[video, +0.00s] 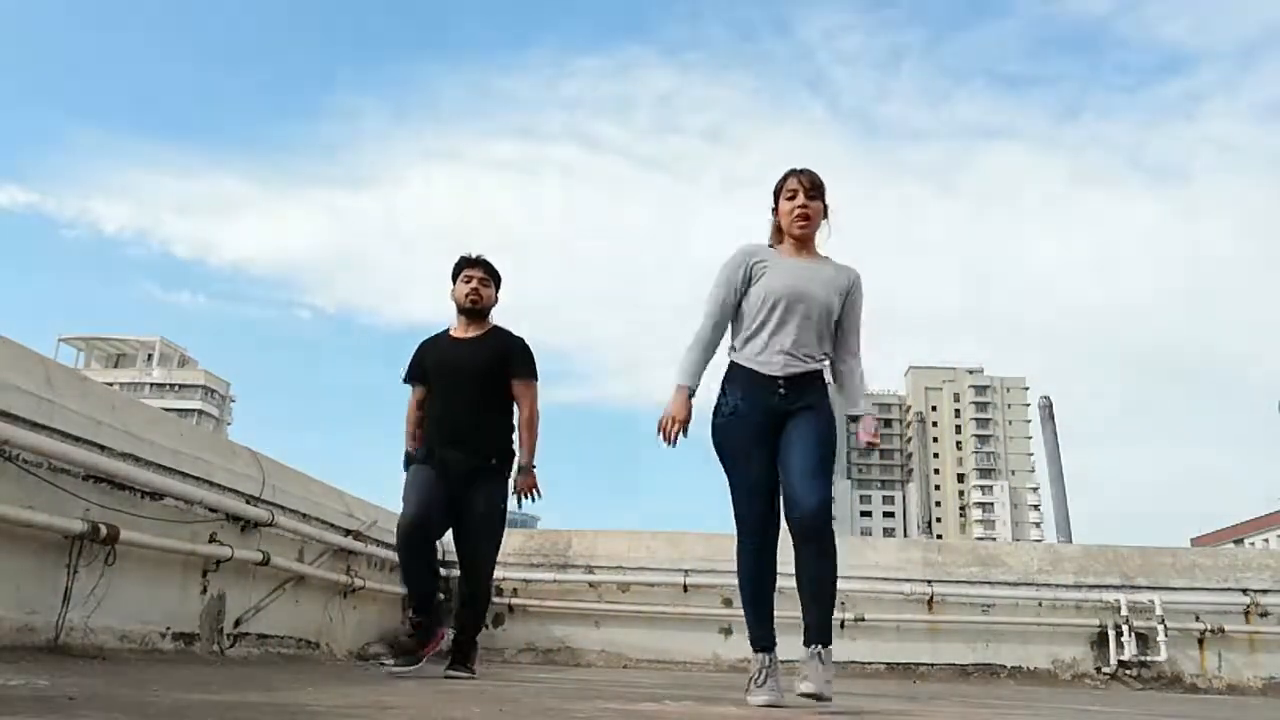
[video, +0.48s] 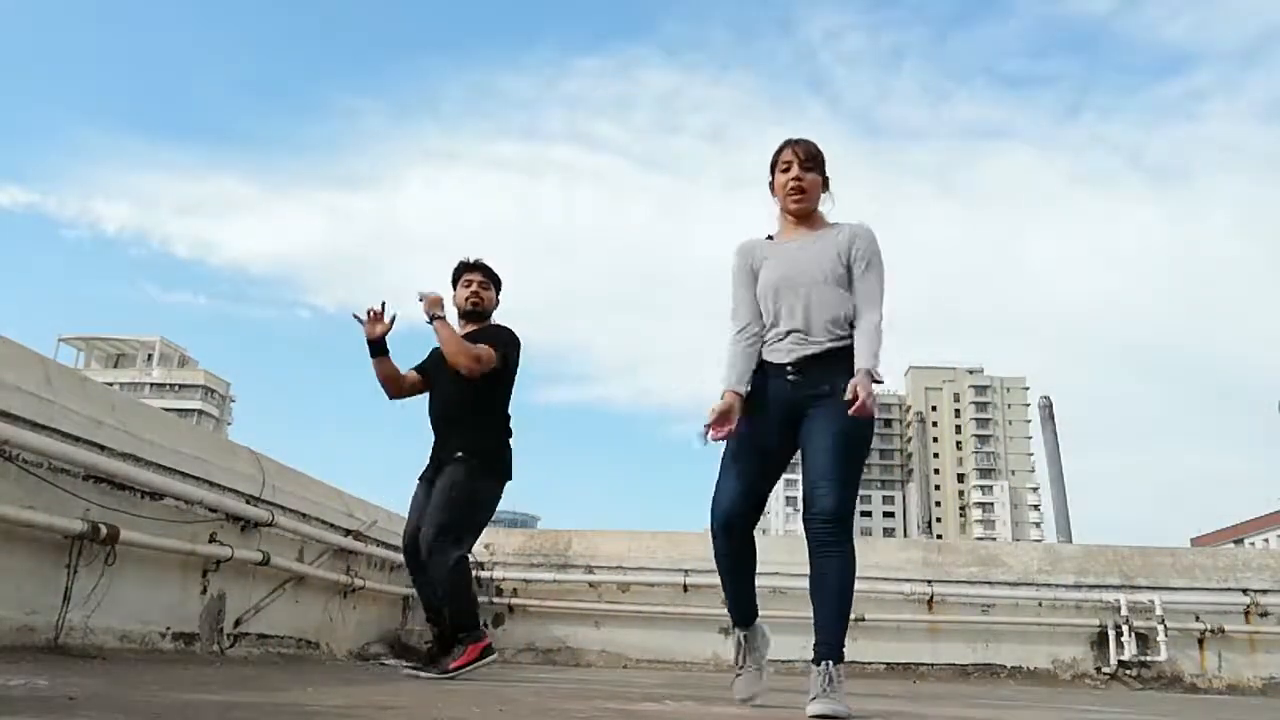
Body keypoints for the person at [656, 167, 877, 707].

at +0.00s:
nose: (802, 203)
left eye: (811, 196)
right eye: (791, 196)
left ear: (824, 210)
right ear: (775, 210)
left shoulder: (844, 278)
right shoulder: (748, 260)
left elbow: (846, 356)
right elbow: (710, 326)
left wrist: (862, 412)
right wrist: (683, 392)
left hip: (810, 402)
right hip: (745, 399)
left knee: (811, 512)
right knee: (756, 529)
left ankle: (818, 653)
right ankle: (763, 661)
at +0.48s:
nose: (796, 176)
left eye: (807, 168)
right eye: (785, 168)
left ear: (824, 183)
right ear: (772, 183)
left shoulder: (854, 239)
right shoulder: (751, 252)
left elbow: (869, 314)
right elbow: (745, 330)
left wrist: (864, 372)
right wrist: (733, 391)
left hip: (836, 385)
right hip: (769, 388)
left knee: (828, 519)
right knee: (728, 517)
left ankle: (827, 670)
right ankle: (748, 636)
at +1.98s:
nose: (785, 215)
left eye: (795, 210)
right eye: (775, 207)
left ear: (805, 226)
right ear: (756, 223)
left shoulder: (826, 279)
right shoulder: (734, 273)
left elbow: (879, 313)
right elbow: (696, 306)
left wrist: (826, 269)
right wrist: (758, 288)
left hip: (818, 416)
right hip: (750, 415)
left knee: (848, 536)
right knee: (734, 532)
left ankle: (859, 673)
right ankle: (717, 666)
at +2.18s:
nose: (784, 215)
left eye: (794, 209)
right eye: (775, 209)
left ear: (806, 229)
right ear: (756, 227)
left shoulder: (829, 270)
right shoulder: (738, 279)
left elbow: (887, 295)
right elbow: (708, 321)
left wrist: (825, 285)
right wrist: (767, 278)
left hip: (813, 417)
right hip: (746, 414)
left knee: (846, 538)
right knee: (734, 532)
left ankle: (858, 673)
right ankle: (717, 666)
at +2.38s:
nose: (785, 209)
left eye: (794, 204)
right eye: (775, 203)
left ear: (805, 222)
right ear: (756, 219)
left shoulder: (826, 269)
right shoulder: (731, 273)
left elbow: (874, 318)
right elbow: (681, 310)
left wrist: (856, 251)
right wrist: (740, 284)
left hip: (820, 410)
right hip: (752, 411)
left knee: (842, 537)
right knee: (737, 531)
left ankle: (858, 674)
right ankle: (717, 666)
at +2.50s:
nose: (785, 214)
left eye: (795, 209)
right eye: (775, 207)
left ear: (804, 228)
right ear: (755, 223)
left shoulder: (826, 280)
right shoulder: (728, 276)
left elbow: (848, 345)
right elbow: (676, 321)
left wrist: (883, 285)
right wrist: (716, 317)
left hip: (815, 415)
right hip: (747, 415)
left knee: (850, 535)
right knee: (732, 532)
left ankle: (859, 673)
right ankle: (717, 666)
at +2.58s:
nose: (785, 215)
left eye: (794, 210)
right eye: (774, 208)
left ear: (804, 230)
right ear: (755, 224)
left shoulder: (827, 282)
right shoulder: (728, 279)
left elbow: (843, 352)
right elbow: (681, 328)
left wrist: (889, 302)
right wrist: (710, 329)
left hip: (813, 418)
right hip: (745, 418)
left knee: (851, 534)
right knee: (731, 532)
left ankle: (859, 672)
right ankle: (717, 667)